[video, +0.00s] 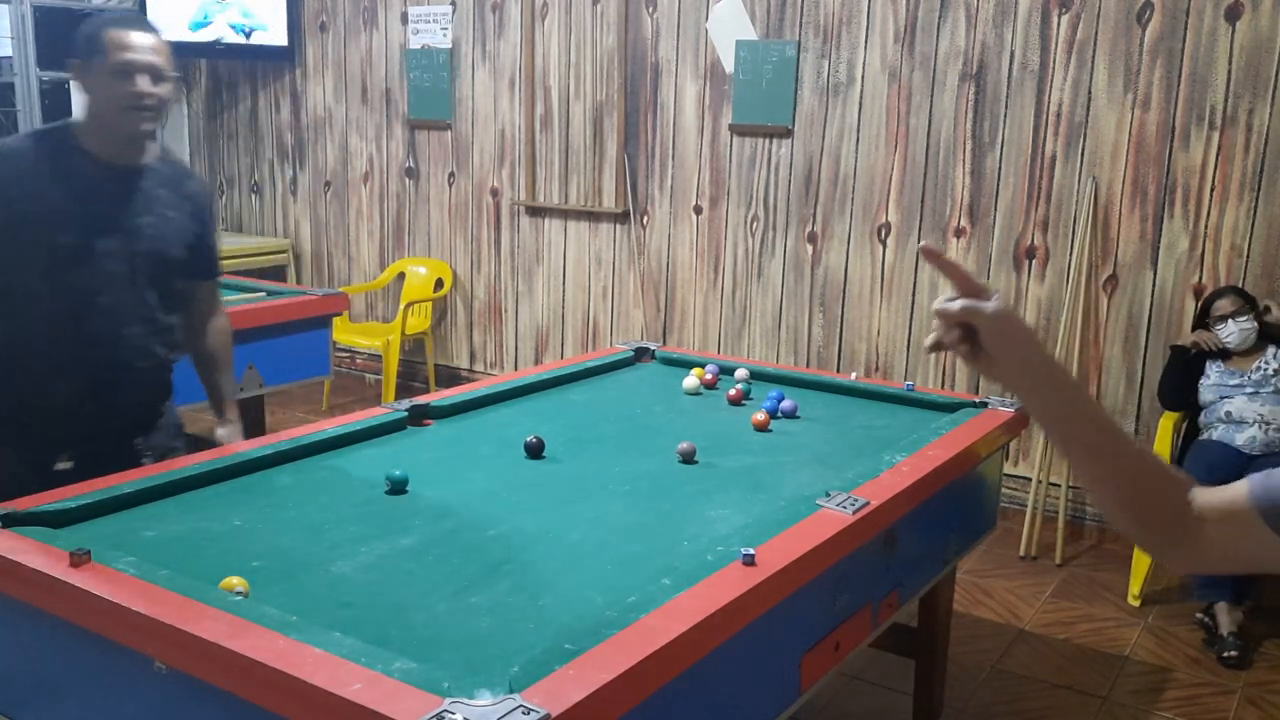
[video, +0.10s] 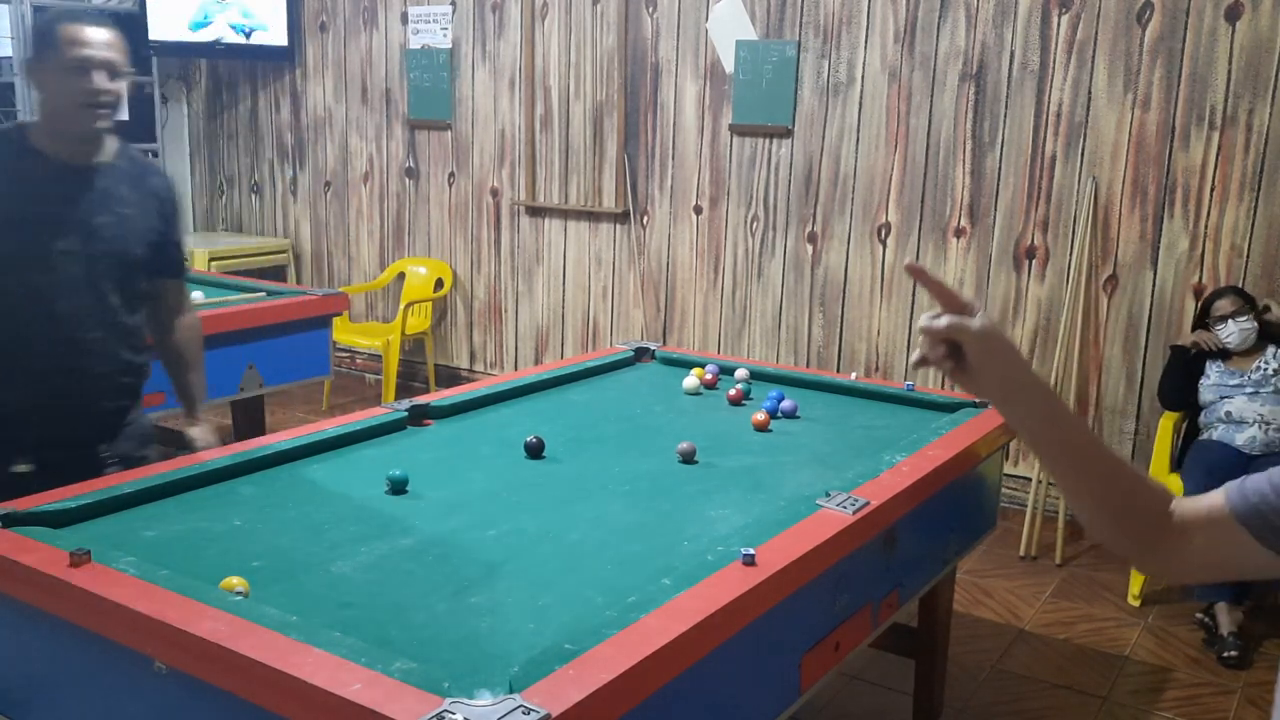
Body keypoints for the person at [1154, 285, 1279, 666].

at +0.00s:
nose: (1233, 324)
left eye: (1240, 315)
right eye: (1222, 320)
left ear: (1256, 317)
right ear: (1208, 328)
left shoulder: (1275, 353)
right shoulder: (1205, 362)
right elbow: (1171, 400)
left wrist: (1278, 327)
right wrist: (1185, 349)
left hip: (1272, 447)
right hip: (1219, 443)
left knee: (1257, 508)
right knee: (1203, 504)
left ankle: (1220, 604)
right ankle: (1225, 614)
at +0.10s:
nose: (1233, 324)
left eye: (1240, 315)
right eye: (1221, 320)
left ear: (1256, 317)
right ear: (1208, 328)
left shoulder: (1275, 353)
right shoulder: (1205, 361)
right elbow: (1171, 400)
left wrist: (1279, 326)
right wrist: (1185, 349)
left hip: (1272, 447)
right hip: (1219, 443)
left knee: (1256, 506)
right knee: (1202, 499)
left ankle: (1219, 604)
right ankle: (1225, 613)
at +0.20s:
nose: (1233, 324)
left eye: (1240, 315)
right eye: (1221, 320)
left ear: (1255, 317)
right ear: (1208, 328)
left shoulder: (1275, 353)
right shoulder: (1205, 362)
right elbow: (1171, 400)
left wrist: (1278, 329)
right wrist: (1185, 349)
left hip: (1272, 447)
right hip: (1220, 442)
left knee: (1256, 512)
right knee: (1198, 501)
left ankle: (1221, 605)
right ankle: (1226, 617)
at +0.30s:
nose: (1233, 325)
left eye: (1239, 315)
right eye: (1221, 320)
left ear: (1255, 317)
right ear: (1208, 328)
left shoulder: (1275, 352)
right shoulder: (1205, 362)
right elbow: (1171, 400)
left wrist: (1279, 330)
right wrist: (1186, 349)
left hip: (1271, 448)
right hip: (1218, 443)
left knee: (1255, 513)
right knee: (1200, 501)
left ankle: (1218, 604)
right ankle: (1226, 617)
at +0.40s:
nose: (1234, 324)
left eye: (1240, 315)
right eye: (1222, 320)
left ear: (1256, 317)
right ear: (1208, 328)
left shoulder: (1275, 352)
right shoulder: (1204, 361)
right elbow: (1171, 400)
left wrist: (1275, 329)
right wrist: (1185, 349)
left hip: (1271, 448)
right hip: (1217, 443)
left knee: (1264, 511)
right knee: (1199, 498)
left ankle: (1236, 619)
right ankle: (1223, 616)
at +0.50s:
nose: (1235, 326)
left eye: (1242, 315)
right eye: (1222, 322)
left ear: (1255, 315)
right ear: (1209, 330)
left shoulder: (1273, 353)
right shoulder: (1203, 361)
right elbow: (1171, 402)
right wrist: (1185, 347)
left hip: (1270, 447)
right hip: (1218, 442)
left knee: (1267, 503)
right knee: (1198, 495)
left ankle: (1263, 573)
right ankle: (1206, 571)